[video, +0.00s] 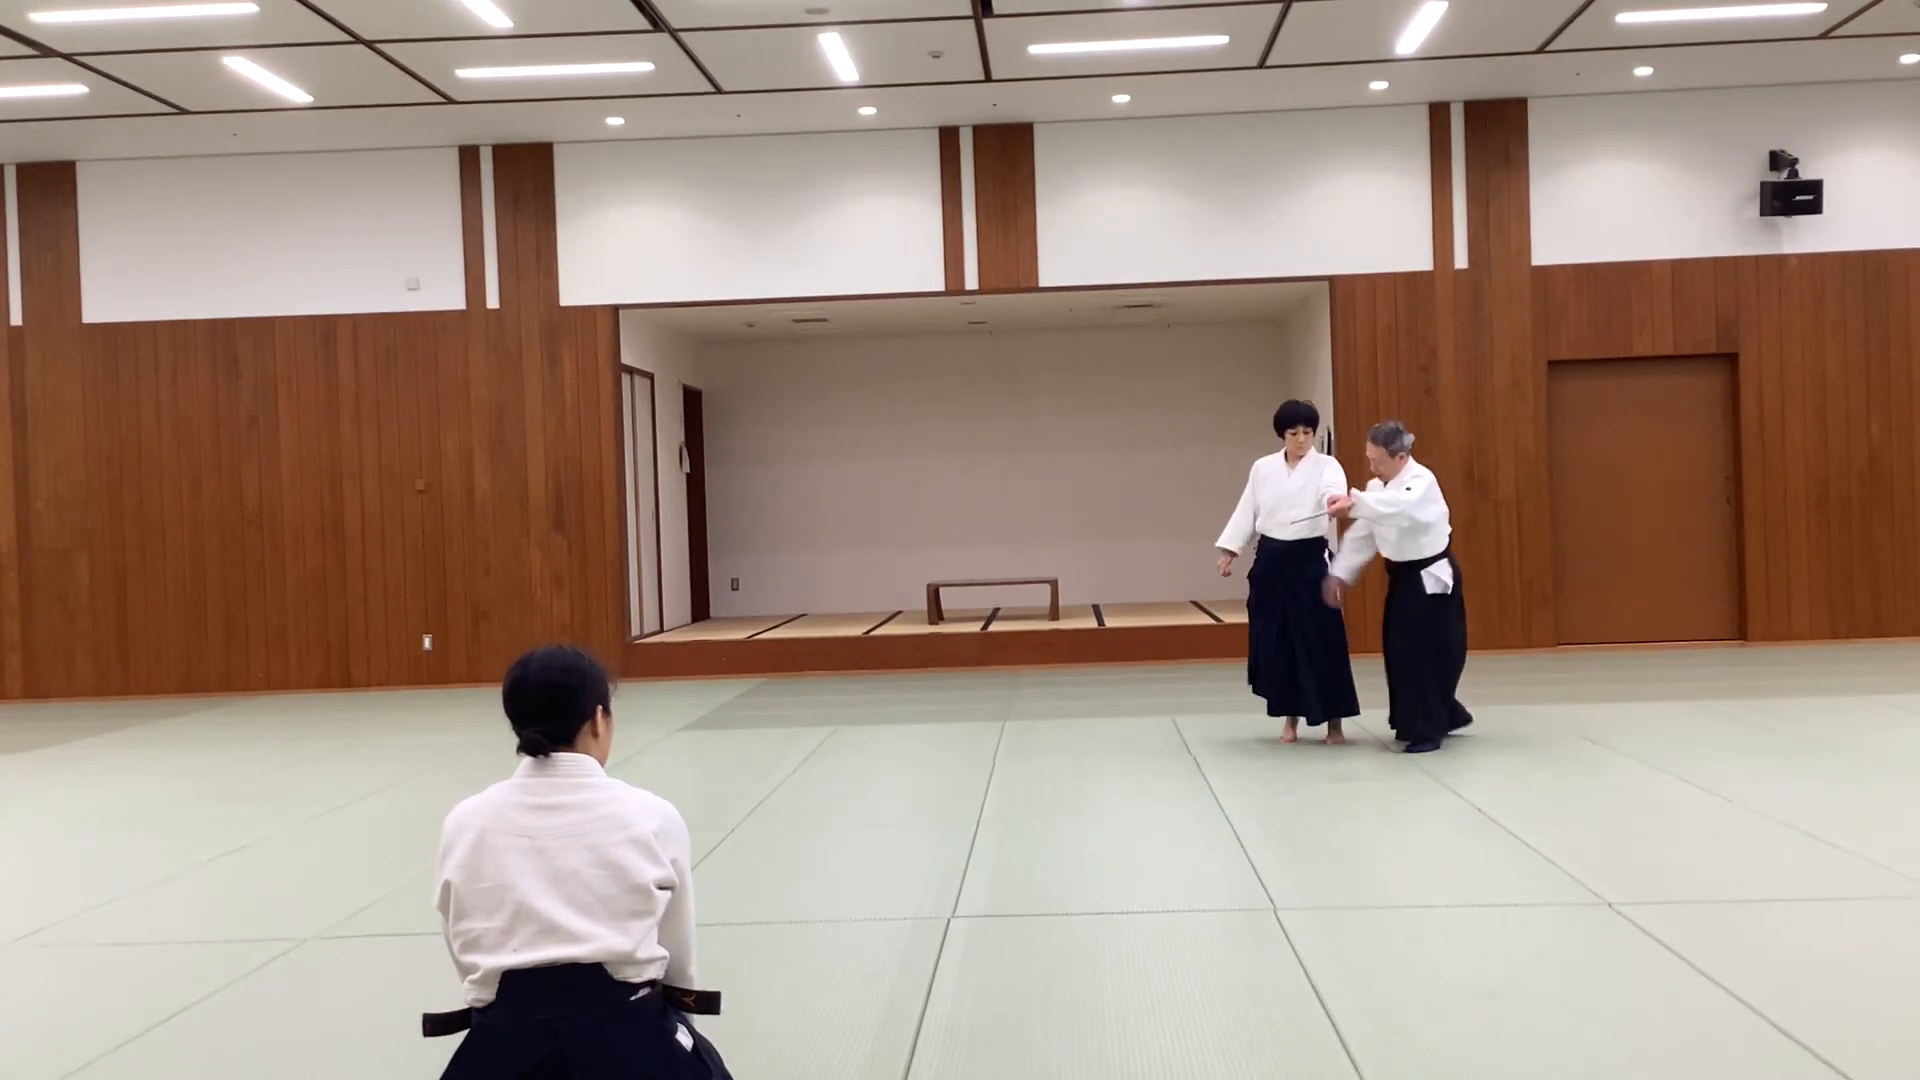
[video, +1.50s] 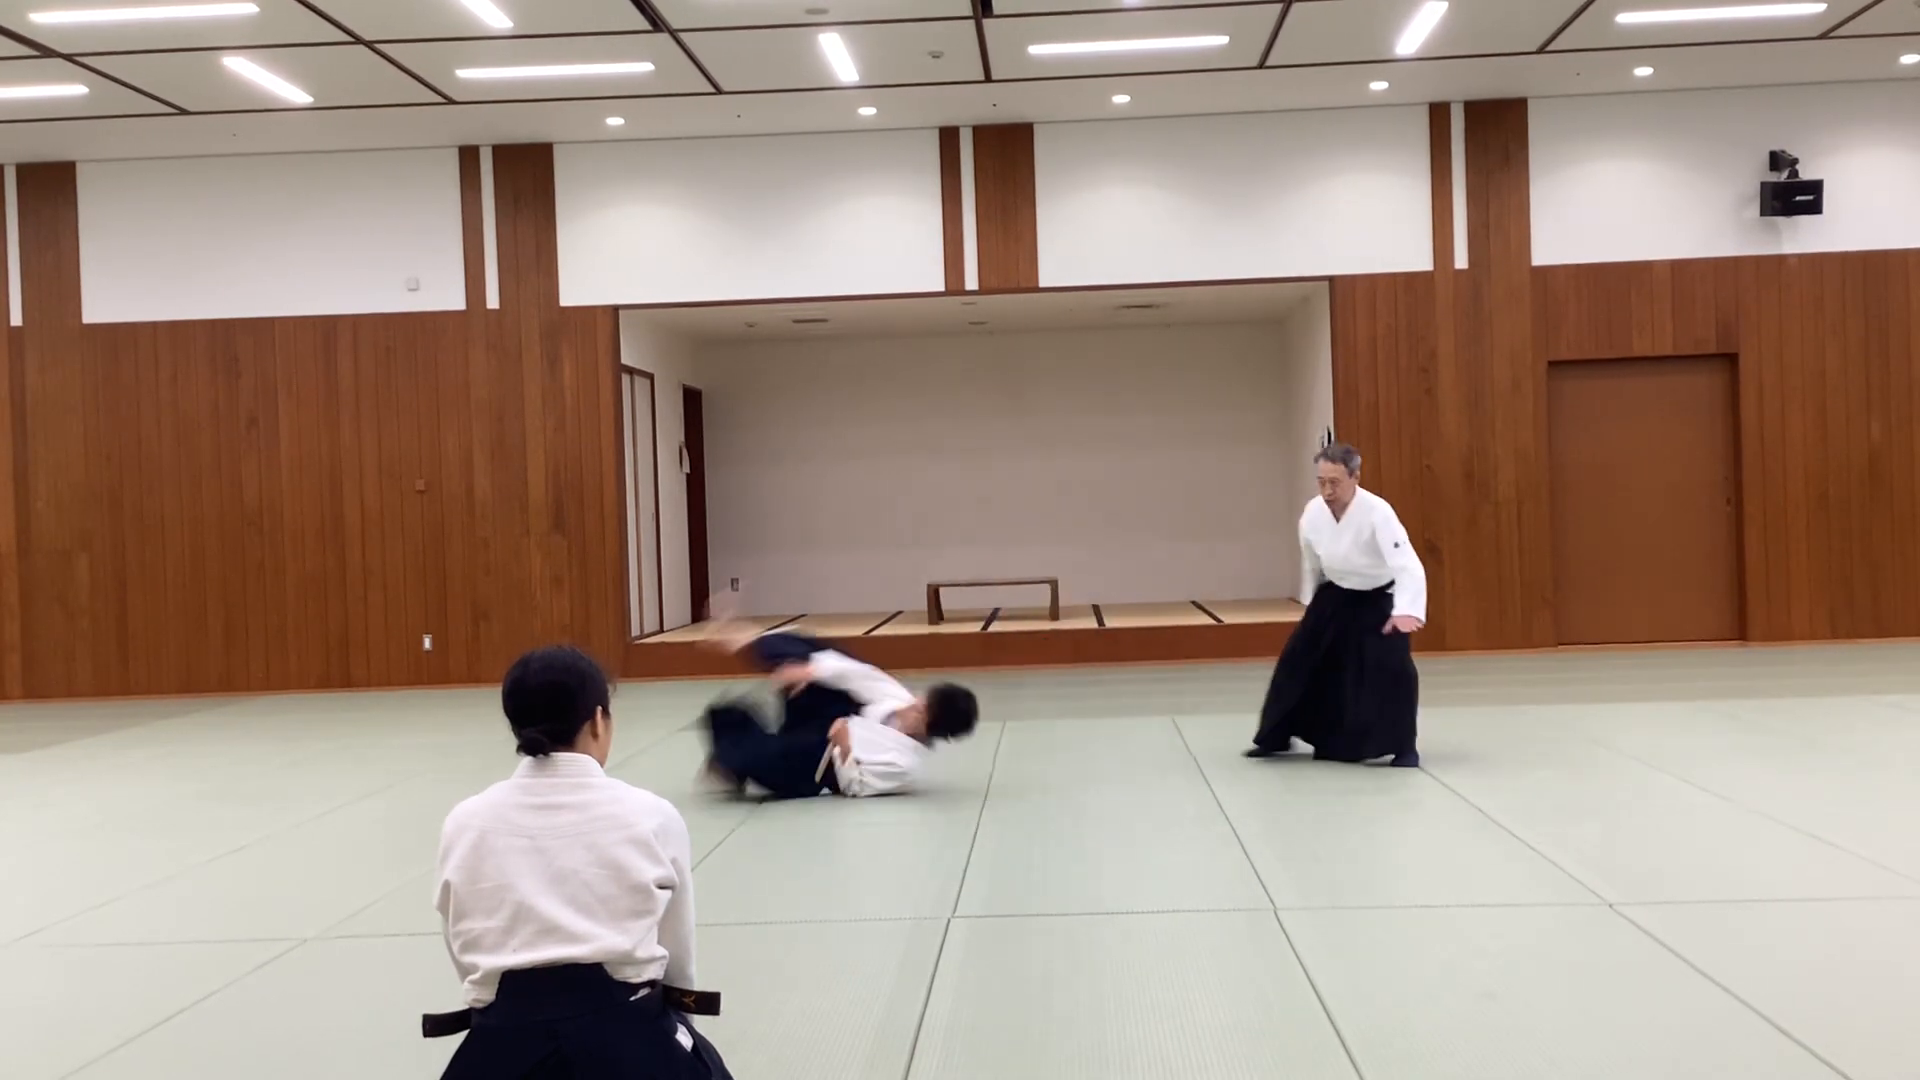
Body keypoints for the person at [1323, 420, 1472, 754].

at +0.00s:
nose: (1370, 465)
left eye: (1375, 459)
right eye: (1368, 459)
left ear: (1398, 455)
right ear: (1374, 454)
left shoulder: (1421, 480)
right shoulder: (1377, 487)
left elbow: (1400, 506)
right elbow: (1360, 535)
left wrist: (1354, 502)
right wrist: (1338, 573)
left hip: (1431, 576)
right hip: (1401, 577)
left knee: (1424, 650)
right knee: (1400, 649)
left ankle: (1426, 730)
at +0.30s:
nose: (1350, 478)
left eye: (1357, 474)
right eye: (1349, 471)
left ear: (1381, 473)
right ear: (1346, 464)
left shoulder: (1402, 498)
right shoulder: (1339, 488)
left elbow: (1385, 545)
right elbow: (1310, 507)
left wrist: (1327, 546)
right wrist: (1311, 533)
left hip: (1404, 585)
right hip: (1363, 583)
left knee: (1405, 659)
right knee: (1332, 649)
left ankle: (1411, 735)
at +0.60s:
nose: (1291, 515)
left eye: (1297, 510)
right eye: (1290, 508)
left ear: (1318, 506)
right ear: (1289, 501)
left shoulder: (1349, 524)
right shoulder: (1279, 534)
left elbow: (1358, 582)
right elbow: (1283, 583)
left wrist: (1318, 613)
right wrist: (1302, 614)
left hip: (1354, 602)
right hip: (1308, 606)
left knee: (1379, 668)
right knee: (1281, 668)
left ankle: (1414, 735)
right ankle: (1252, 742)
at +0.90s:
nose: (1230, 509)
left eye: (1236, 501)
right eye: (1226, 502)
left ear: (1257, 493)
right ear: (1224, 499)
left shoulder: (1286, 514)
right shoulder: (1223, 525)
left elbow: (1297, 568)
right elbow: (1189, 557)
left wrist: (1243, 596)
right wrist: (1155, 597)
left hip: (1324, 584)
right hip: (1280, 592)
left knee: (1360, 647)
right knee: (1254, 655)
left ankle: (1411, 718)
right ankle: (1248, 738)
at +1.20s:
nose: (1266, 485)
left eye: (1271, 476)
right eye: (1258, 479)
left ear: (1282, 471)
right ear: (1246, 481)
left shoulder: (1309, 501)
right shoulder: (1239, 509)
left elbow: (1345, 555)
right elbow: (1201, 532)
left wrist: (1330, 596)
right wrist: (1168, 554)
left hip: (1328, 585)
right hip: (1279, 590)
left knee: (1362, 659)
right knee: (1255, 663)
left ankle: (1401, 735)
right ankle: (1247, 743)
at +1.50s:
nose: (1327, 490)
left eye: (1335, 482)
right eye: (1322, 482)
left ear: (1355, 479)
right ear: (1317, 480)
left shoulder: (1378, 513)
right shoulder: (1313, 512)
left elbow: (1408, 565)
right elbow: (1310, 565)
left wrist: (1407, 609)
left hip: (1377, 599)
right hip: (1334, 596)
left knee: (1396, 669)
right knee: (1296, 658)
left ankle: (1405, 749)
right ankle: (1274, 737)